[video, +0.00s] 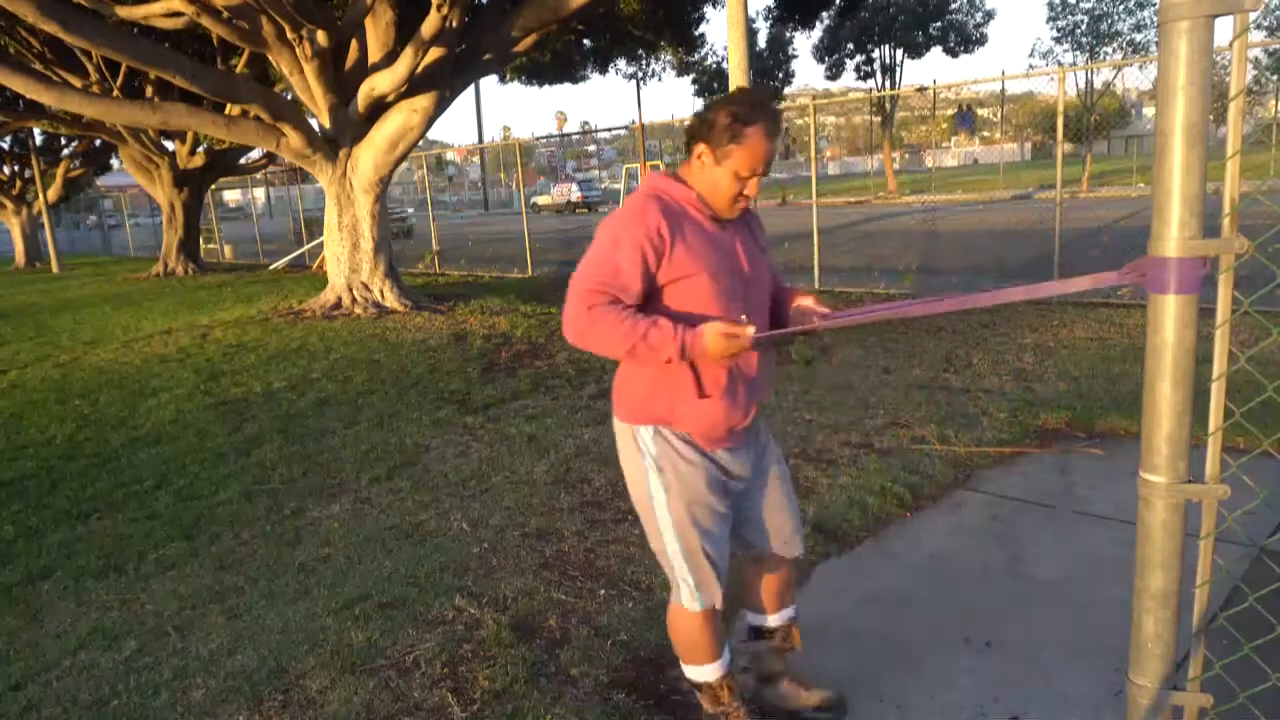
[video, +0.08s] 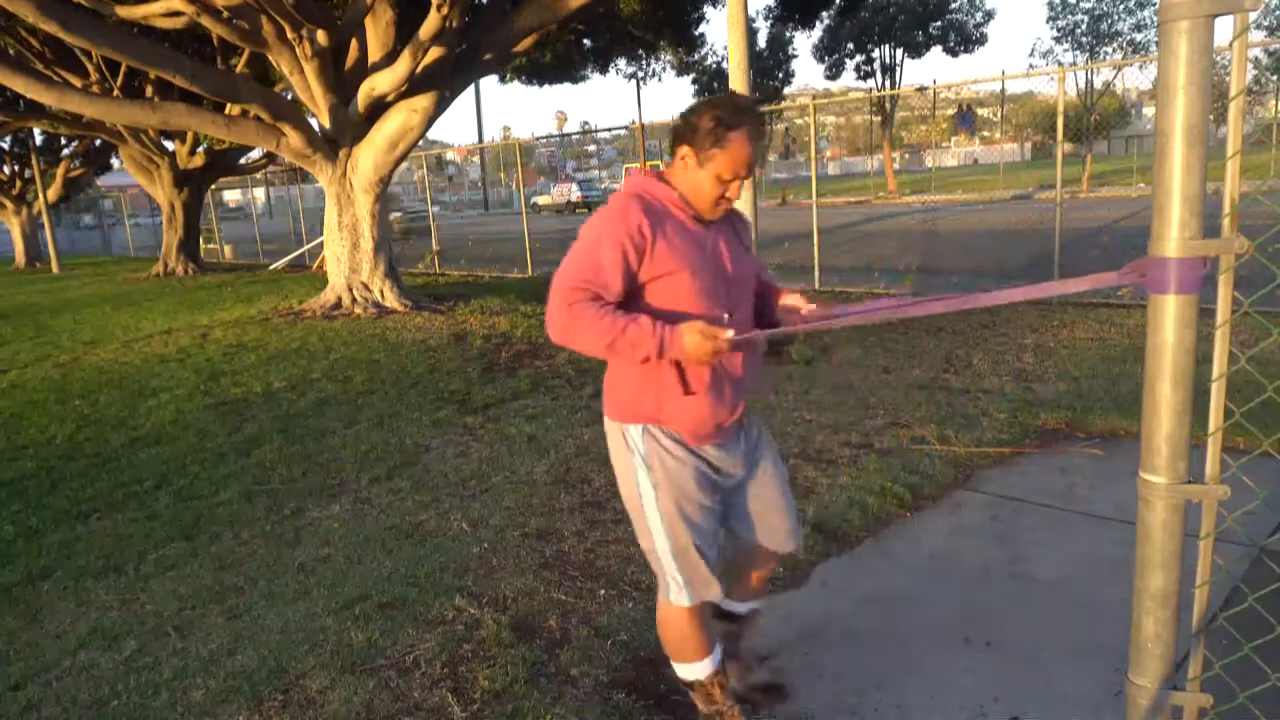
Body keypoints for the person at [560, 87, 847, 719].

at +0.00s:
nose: (752, 192)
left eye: (760, 178)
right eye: (743, 177)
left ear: (761, 166)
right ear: (700, 155)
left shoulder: (741, 220)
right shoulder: (644, 218)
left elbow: (756, 296)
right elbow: (583, 315)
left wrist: (789, 307)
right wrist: (689, 341)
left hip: (741, 424)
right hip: (667, 435)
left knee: (778, 549)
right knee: (696, 580)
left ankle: (767, 673)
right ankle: (717, 701)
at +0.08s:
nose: (735, 193)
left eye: (743, 180)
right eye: (726, 179)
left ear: (746, 166)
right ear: (683, 157)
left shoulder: (729, 224)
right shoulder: (628, 217)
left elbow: (747, 290)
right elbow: (566, 315)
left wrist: (776, 302)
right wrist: (670, 339)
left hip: (731, 421)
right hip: (655, 431)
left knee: (766, 541)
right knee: (686, 579)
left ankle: (723, 655)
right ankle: (711, 700)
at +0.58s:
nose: (700, 178)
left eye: (704, 163)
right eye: (688, 164)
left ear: (706, 156)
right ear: (643, 159)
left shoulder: (709, 214)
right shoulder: (610, 228)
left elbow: (768, 252)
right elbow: (656, 300)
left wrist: (835, 268)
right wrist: (777, 305)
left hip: (709, 416)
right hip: (641, 420)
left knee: (722, 539)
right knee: (692, 564)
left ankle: (647, 636)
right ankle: (718, 699)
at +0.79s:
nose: (708, 168)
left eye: (713, 153)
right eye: (696, 155)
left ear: (717, 146)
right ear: (651, 149)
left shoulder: (720, 205)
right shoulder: (620, 223)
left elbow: (774, 261)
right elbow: (688, 301)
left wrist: (841, 303)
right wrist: (797, 332)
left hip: (714, 410)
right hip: (652, 417)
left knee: (727, 539)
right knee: (696, 560)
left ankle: (665, 628)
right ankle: (720, 695)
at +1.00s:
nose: (718, 174)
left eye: (722, 159)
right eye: (707, 160)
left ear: (719, 153)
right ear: (661, 151)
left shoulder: (720, 215)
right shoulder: (627, 222)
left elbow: (780, 267)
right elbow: (682, 301)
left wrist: (843, 291)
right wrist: (791, 315)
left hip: (716, 413)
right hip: (653, 418)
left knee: (732, 545)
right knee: (698, 564)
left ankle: (732, 659)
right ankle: (716, 698)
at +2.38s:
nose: (739, 379)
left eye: (746, 368)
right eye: (730, 368)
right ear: (690, 346)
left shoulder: (727, 369)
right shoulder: (631, 394)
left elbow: (757, 409)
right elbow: (624, 503)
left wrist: (802, 413)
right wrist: (716, 476)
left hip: (678, 514)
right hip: (612, 524)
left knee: (674, 618)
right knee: (727, 582)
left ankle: (582, 581)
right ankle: (736, 704)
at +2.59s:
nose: (720, 264)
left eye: (727, 250)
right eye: (709, 252)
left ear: (733, 237)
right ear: (666, 234)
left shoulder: (725, 276)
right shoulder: (612, 293)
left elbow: (760, 327)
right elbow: (612, 402)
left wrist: (820, 344)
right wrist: (705, 399)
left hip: (705, 451)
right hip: (636, 462)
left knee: (705, 551)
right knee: (731, 582)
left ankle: (605, 566)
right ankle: (741, 701)